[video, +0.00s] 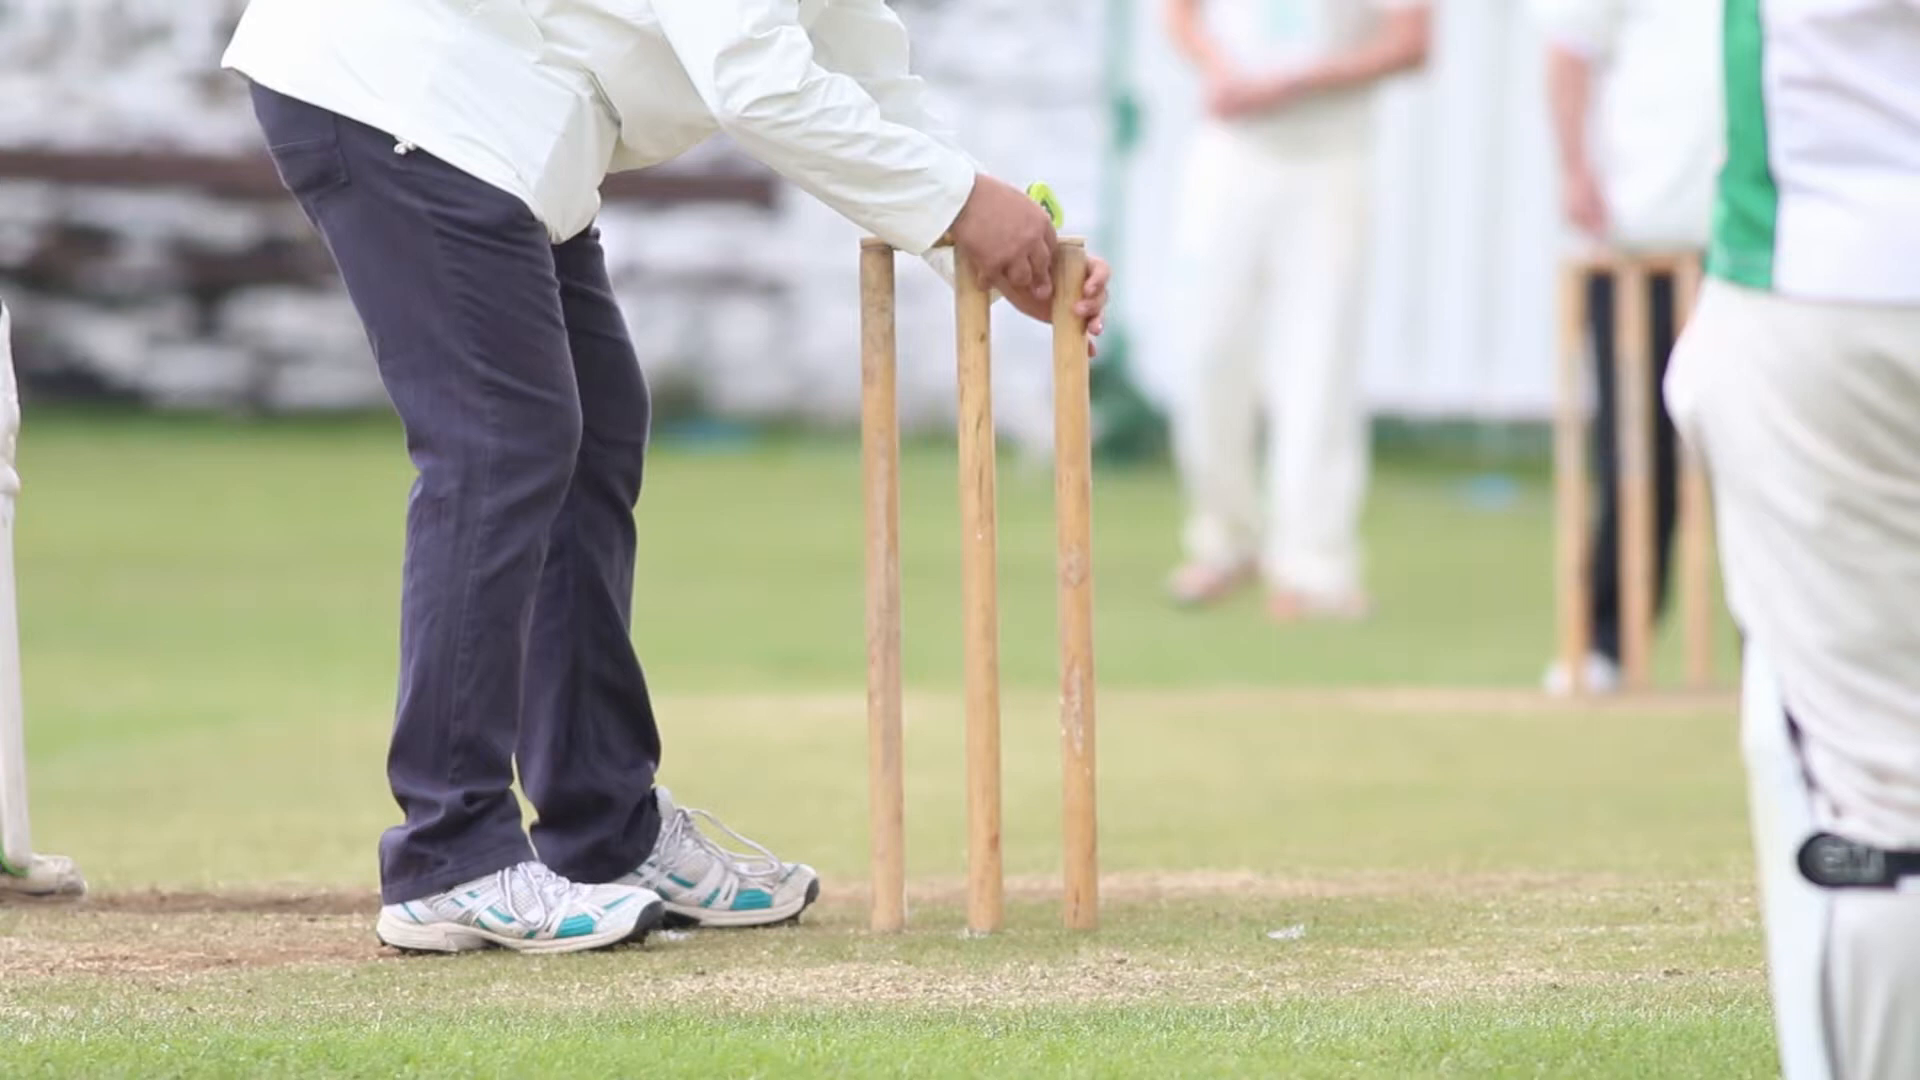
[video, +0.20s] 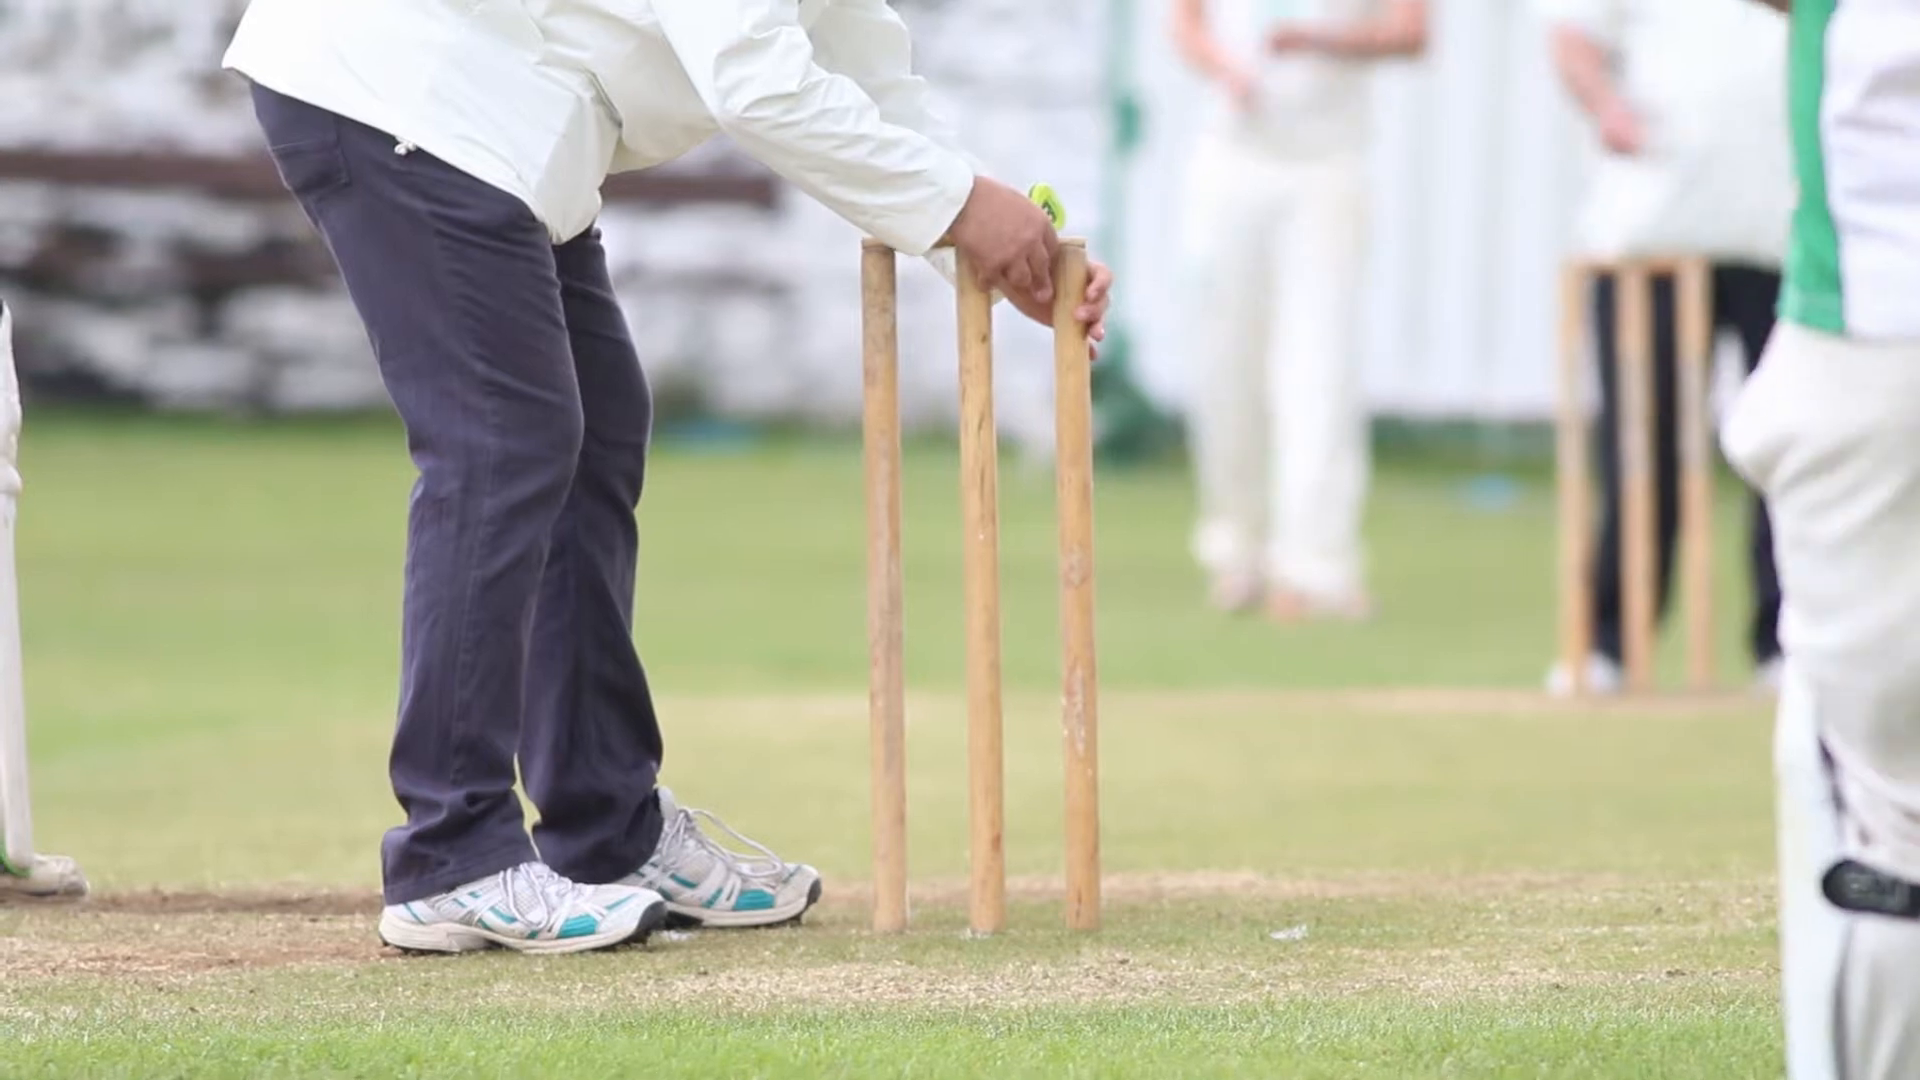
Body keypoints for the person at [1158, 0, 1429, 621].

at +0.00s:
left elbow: (1409, 40)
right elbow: (1177, 12)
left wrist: (1279, 85)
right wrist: (1222, 73)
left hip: (1327, 150)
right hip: (1229, 144)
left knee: (1317, 360)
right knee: (1206, 350)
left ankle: (1312, 564)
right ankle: (1221, 541)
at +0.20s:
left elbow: (1410, 30)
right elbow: (1183, 20)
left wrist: (1312, 39)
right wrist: (1227, 69)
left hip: (1326, 159)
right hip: (1233, 156)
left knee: (1317, 362)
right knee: (1226, 358)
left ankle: (1312, 562)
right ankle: (1233, 554)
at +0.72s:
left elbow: (1383, 20)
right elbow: (1113, 22)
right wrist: (1131, 113)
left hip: (1324, 147)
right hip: (1218, 149)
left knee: (1329, 352)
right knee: (1230, 355)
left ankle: (1336, 554)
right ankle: (1244, 554)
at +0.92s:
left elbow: (1399, 21)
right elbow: (1124, 38)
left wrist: (1348, 6)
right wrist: (1117, 148)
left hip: (1332, 157)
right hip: (1226, 157)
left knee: (1349, 354)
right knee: (1232, 357)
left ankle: (1332, 530)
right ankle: (1245, 550)